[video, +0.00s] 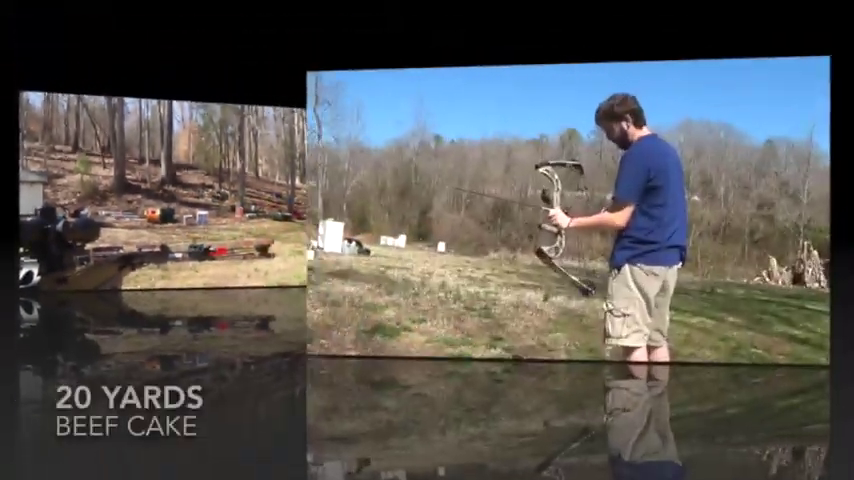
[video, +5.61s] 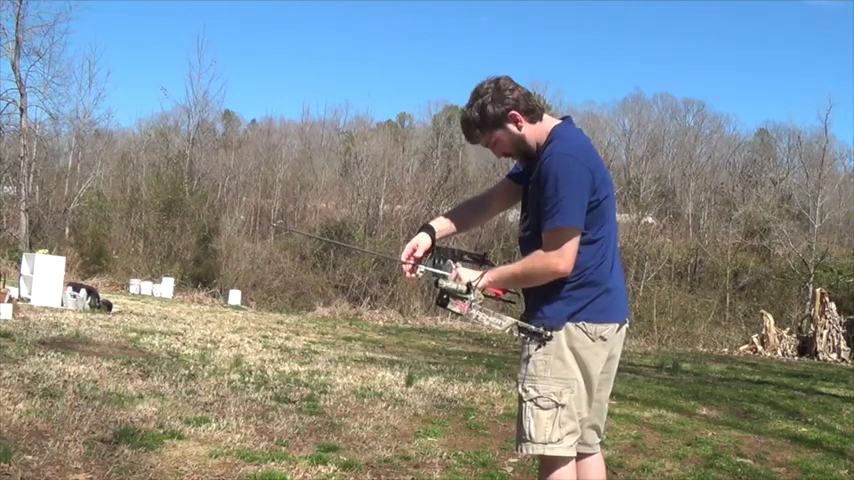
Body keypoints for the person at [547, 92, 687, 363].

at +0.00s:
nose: (609, 138)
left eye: (609, 131)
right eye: (606, 132)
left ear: (626, 122)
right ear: (631, 121)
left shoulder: (637, 155)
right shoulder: (665, 151)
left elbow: (618, 218)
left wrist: (569, 222)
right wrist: (614, 209)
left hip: (639, 261)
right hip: (668, 260)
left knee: (633, 342)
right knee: (656, 340)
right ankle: (658, 400)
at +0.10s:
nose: (570, 134)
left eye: (569, 124)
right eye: (566, 126)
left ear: (590, 113)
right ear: (596, 112)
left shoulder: (604, 153)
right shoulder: (640, 148)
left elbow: (581, 230)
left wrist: (520, 235)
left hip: (606, 283)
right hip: (642, 280)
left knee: (599, 382)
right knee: (628, 378)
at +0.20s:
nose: (532, 127)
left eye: (532, 117)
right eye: (528, 119)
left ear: (557, 103)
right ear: (564, 103)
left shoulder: (574, 150)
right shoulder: (618, 146)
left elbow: (546, 243)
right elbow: (595, 234)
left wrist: (475, 249)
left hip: (576, 306)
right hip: (618, 304)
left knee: (567, 422)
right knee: (602, 418)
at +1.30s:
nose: (516, 136)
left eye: (515, 124)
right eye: (510, 127)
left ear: (541, 107)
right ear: (547, 102)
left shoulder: (569, 155)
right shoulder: (603, 137)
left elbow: (549, 258)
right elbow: (552, 200)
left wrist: (471, 270)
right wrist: (491, 225)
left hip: (568, 319)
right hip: (611, 315)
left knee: (556, 451)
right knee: (590, 447)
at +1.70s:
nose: (515, 141)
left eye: (513, 131)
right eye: (508, 134)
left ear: (539, 109)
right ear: (543, 107)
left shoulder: (571, 155)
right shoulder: (593, 140)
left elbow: (555, 260)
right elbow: (503, 175)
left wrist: (481, 271)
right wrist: (442, 202)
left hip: (570, 321)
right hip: (608, 320)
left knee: (557, 452)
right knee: (591, 447)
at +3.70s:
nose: (502, 166)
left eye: (498, 158)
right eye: (495, 162)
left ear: (515, 131)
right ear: (518, 128)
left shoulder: (568, 159)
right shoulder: (556, 148)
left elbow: (562, 263)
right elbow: (497, 202)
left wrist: (490, 277)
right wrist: (441, 235)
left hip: (573, 318)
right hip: (592, 315)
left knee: (558, 448)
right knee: (585, 445)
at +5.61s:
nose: (496, 152)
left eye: (493, 141)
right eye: (489, 146)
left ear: (515, 119)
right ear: (517, 118)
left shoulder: (563, 156)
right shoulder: (548, 149)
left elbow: (559, 261)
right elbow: (490, 203)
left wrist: (486, 278)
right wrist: (431, 232)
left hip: (570, 320)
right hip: (589, 318)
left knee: (556, 450)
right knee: (586, 446)